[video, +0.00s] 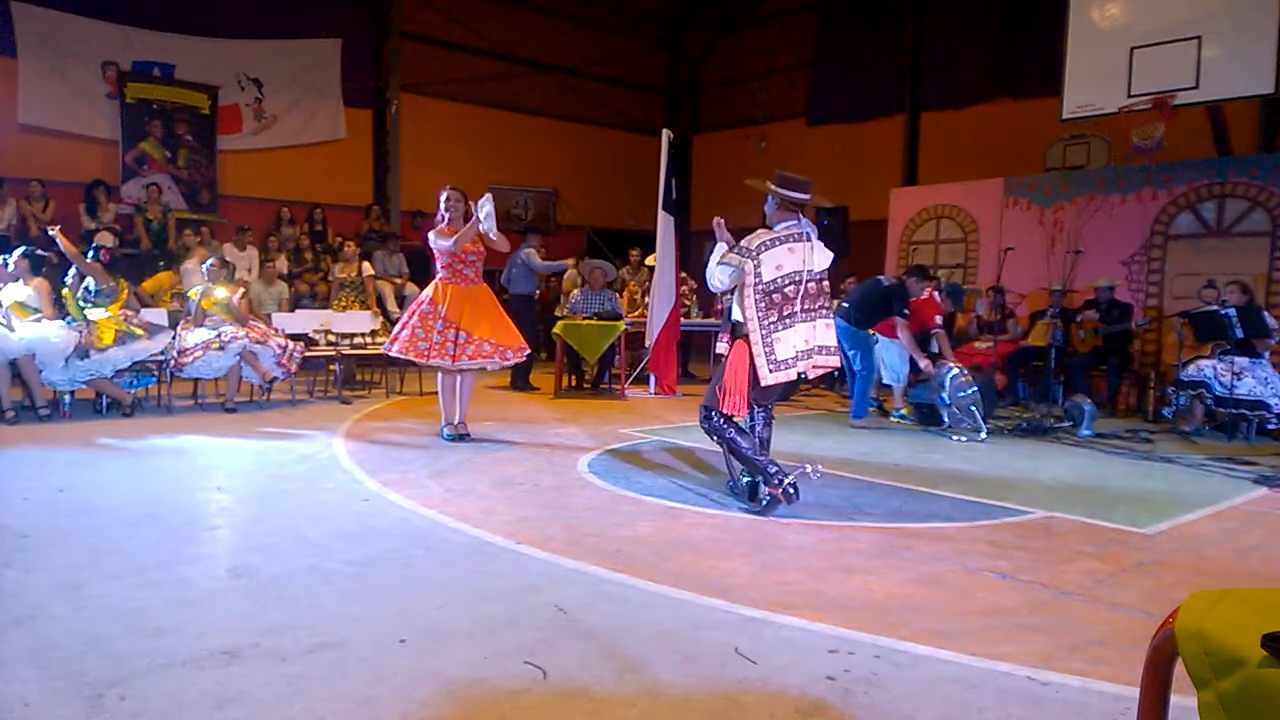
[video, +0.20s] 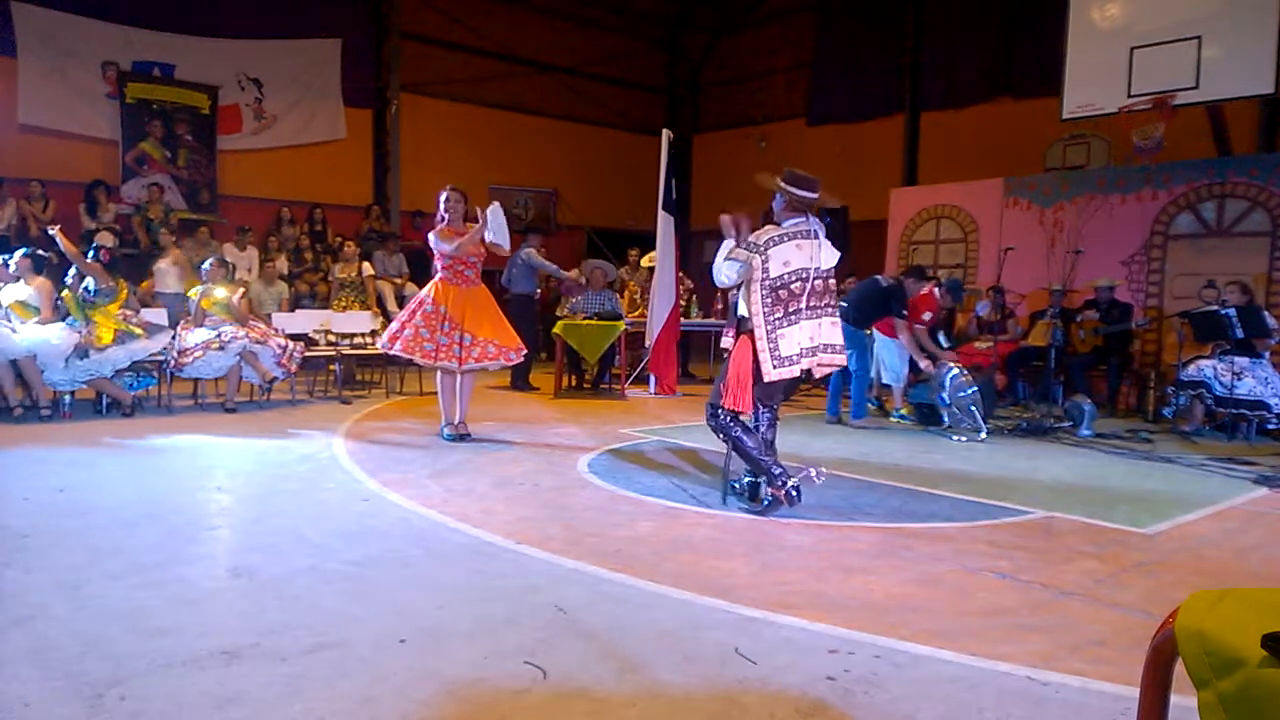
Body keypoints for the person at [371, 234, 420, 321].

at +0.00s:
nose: (396, 245)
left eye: (397, 242)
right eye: (393, 243)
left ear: (398, 244)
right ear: (386, 244)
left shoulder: (400, 255)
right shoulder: (379, 255)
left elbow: (405, 272)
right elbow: (379, 273)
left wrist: (402, 283)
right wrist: (394, 282)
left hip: (398, 278)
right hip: (384, 278)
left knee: (414, 291)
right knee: (387, 290)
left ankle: (406, 315)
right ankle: (395, 315)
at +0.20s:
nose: (396, 245)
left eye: (397, 242)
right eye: (393, 242)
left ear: (398, 243)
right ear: (387, 243)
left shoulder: (400, 255)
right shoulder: (378, 254)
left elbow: (405, 272)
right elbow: (379, 273)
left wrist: (402, 283)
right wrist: (394, 282)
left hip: (398, 278)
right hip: (383, 278)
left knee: (413, 290)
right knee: (387, 290)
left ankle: (409, 314)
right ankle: (395, 315)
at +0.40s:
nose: (396, 245)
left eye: (397, 242)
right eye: (393, 242)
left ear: (398, 244)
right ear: (387, 244)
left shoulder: (400, 255)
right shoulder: (378, 254)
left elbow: (405, 272)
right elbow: (379, 273)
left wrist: (402, 283)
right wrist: (394, 282)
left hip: (397, 278)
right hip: (384, 278)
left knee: (412, 289)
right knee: (387, 289)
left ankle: (412, 314)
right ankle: (394, 315)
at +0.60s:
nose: (395, 244)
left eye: (396, 242)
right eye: (392, 241)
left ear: (398, 243)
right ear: (386, 243)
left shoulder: (400, 255)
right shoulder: (378, 255)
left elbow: (405, 272)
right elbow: (379, 274)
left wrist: (403, 282)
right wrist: (393, 282)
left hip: (397, 278)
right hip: (383, 278)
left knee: (412, 289)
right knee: (387, 289)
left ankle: (414, 313)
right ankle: (394, 314)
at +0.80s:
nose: (395, 244)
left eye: (396, 242)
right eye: (392, 242)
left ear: (398, 243)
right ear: (386, 243)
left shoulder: (400, 255)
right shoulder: (378, 255)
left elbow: (405, 272)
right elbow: (379, 274)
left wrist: (403, 282)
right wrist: (393, 282)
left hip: (397, 278)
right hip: (384, 278)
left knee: (412, 289)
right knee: (387, 289)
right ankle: (393, 313)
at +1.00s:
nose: (395, 244)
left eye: (396, 241)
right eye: (392, 241)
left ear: (398, 243)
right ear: (386, 243)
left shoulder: (400, 255)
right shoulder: (378, 255)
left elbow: (405, 272)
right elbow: (379, 274)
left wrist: (403, 282)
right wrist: (393, 281)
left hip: (397, 278)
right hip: (384, 278)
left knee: (412, 289)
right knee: (386, 289)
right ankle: (393, 313)